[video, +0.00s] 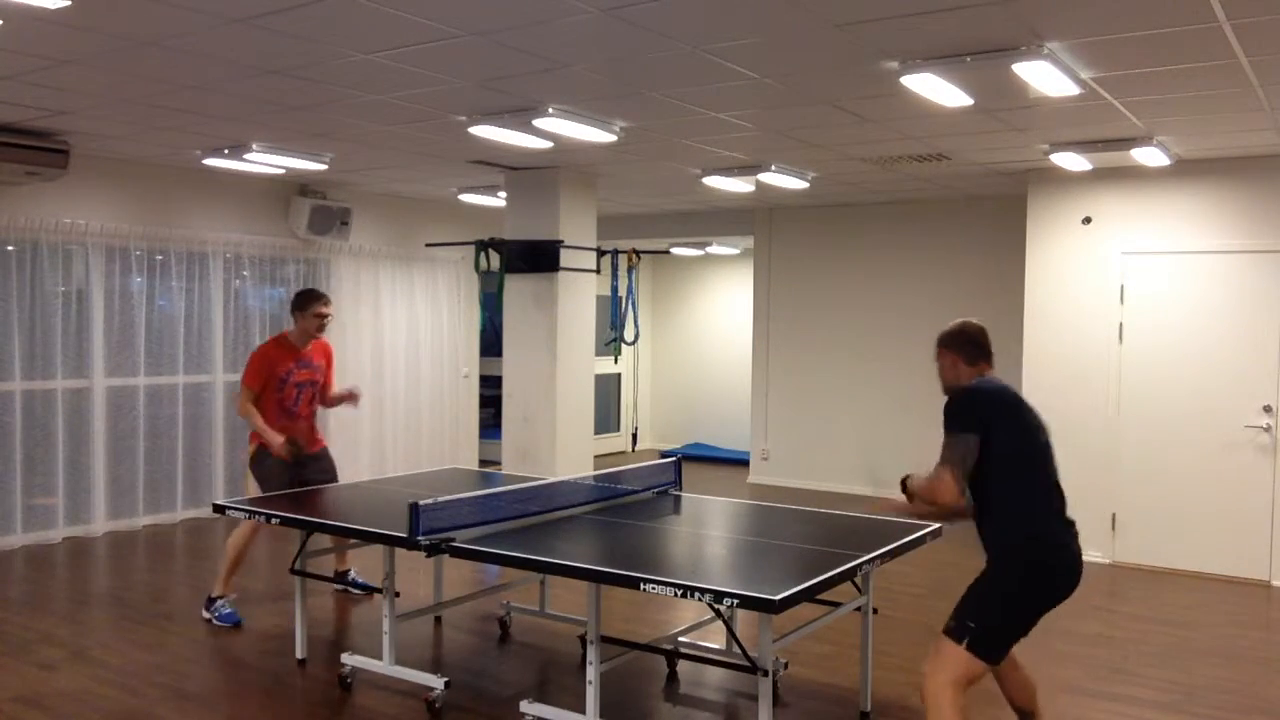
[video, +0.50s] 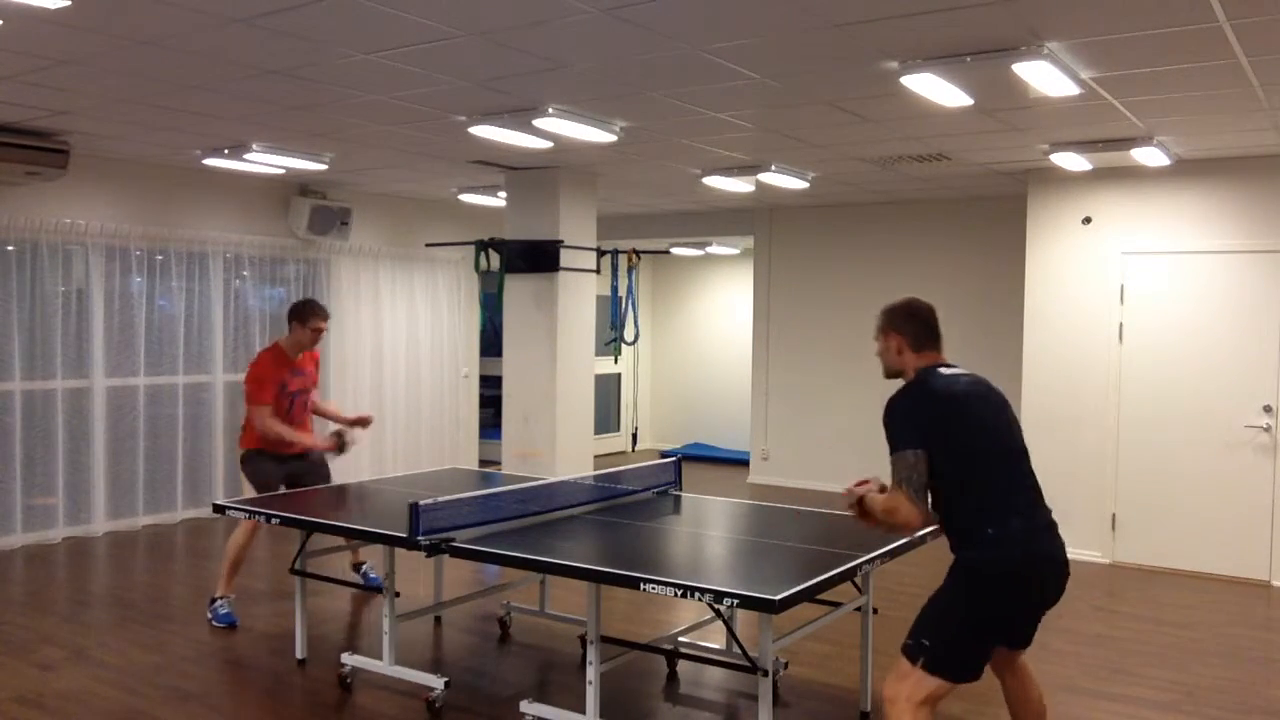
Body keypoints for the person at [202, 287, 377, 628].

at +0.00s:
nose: (325, 323)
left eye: (328, 317)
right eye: (319, 317)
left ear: (327, 319)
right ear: (297, 316)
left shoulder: (323, 351)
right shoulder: (267, 354)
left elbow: (323, 398)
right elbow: (244, 403)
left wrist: (341, 397)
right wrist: (270, 435)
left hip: (311, 447)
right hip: (272, 450)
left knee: (337, 509)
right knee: (258, 517)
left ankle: (342, 572)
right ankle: (217, 597)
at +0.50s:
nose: (320, 337)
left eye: (322, 331)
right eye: (316, 331)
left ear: (319, 331)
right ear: (295, 327)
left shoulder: (311, 358)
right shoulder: (264, 364)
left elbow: (309, 400)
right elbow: (262, 422)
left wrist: (345, 420)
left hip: (301, 451)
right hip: (262, 453)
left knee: (334, 502)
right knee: (263, 508)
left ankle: (358, 565)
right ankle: (221, 597)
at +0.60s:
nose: (326, 331)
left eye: (329, 325)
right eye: (322, 324)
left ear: (317, 325)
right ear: (302, 320)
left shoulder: (307, 354)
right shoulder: (277, 358)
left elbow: (303, 404)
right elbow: (283, 416)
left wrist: (340, 414)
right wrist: (336, 429)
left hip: (296, 447)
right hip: (261, 449)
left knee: (325, 504)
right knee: (256, 512)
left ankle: (342, 562)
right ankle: (220, 597)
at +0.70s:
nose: (333, 328)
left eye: (336, 322)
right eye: (328, 320)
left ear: (327, 324)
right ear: (309, 318)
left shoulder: (310, 356)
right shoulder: (288, 355)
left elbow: (305, 410)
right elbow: (289, 414)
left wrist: (335, 421)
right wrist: (339, 431)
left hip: (298, 446)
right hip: (265, 448)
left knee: (325, 506)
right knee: (255, 511)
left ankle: (323, 563)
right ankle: (220, 597)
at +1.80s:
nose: (299, 300)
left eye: (302, 295)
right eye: (292, 295)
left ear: (305, 298)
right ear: (275, 298)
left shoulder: (309, 335)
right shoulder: (257, 341)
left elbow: (310, 382)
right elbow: (243, 395)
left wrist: (330, 420)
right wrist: (230, 445)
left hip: (306, 434)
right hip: (267, 435)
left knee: (329, 496)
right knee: (248, 504)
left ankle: (341, 559)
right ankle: (240, 576)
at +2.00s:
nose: (318, 301)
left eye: (321, 296)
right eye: (311, 296)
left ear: (323, 301)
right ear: (295, 300)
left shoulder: (325, 338)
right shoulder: (276, 340)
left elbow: (323, 386)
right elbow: (259, 393)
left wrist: (341, 425)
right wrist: (252, 444)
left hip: (319, 437)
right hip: (282, 438)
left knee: (331, 502)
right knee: (256, 503)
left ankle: (353, 565)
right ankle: (241, 575)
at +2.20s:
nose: (342, 301)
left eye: (344, 296)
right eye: (335, 296)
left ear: (346, 301)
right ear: (318, 300)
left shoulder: (345, 340)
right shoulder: (295, 337)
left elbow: (345, 387)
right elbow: (278, 384)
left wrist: (365, 425)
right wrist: (287, 430)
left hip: (331, 434)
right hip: (296, 434)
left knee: (348, 498)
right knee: (283, 503)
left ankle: (354, 567)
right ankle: (240, 570)